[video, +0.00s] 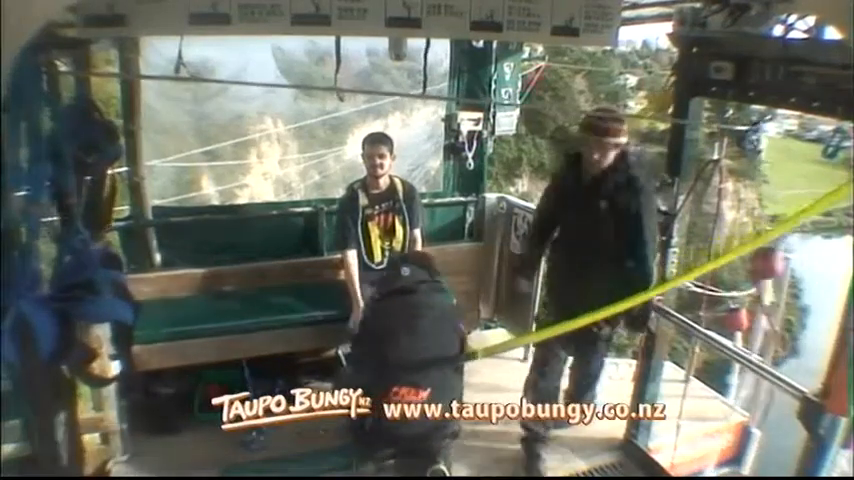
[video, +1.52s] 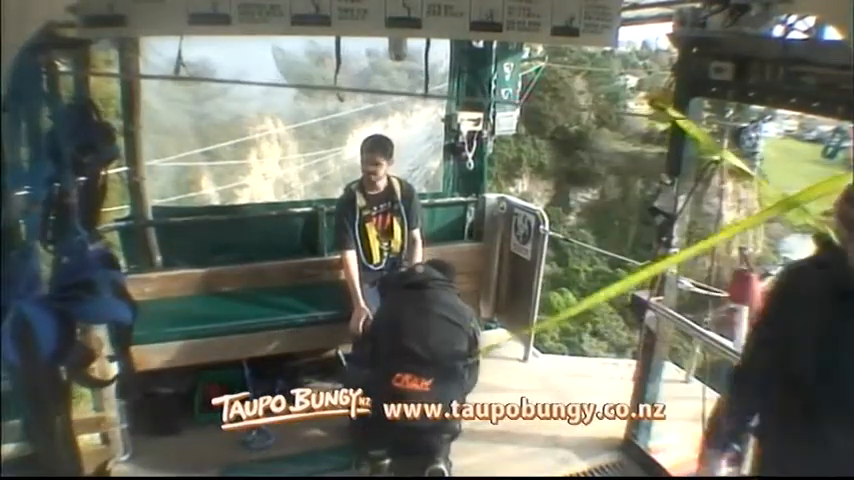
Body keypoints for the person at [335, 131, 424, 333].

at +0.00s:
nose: (376, 163)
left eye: (381, 157)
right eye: (370, 157)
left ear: (392, 159)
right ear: (363, 160)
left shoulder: (407, 192)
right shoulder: (351, 199)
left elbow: (415, 239)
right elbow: (350, 253)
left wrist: (415, 282)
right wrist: (357, 303)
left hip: (401, 278)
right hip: (367, 281)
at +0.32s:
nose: (378, 168)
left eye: (384, 162)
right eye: (373, 161)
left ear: (393, 161)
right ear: (364, 161)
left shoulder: (407, 192)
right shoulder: (351, 200)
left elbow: (416, 240)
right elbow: (349, 254)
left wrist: (418, 285)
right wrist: (357, 304)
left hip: (402, 282)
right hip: (367, 284)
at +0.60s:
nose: (380, 176)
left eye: (385, 170)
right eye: (374, 170)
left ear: (393, 164)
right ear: (364, 164)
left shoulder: (406, 191)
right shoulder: (350, 200)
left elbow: (415, 239)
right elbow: (348, 254)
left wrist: (409, 276)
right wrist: (357, 304)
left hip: (400, 279)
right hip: (366, 281)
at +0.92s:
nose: (379, 178)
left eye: (384, 173)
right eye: (373, 173)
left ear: (392, 167)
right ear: (363, 167)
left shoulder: (406, 192)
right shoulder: (349, 201)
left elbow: (415, 239)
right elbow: (347, 255)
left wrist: (412, 280)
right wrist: (357, 305)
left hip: (399, 276)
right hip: (365, 278)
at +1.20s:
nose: (378, 181)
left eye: (383, 175)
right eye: (372, 175)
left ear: (391, 167)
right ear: (362, 167)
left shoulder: (405, 191)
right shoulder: (349, 200)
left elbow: (415, 239)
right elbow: (348, 254)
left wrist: (412, 284)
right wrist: (357, 305)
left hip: (400, 278)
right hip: (366, 280)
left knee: (403, 333)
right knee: (367, 336)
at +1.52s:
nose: (369, 170)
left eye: (376, 164)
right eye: (366, 164)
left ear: (389, 164)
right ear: (361, 162)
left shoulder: (405, 192)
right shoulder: (348, 200)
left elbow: (415, 240)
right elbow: (348, 254)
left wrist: (415, 283)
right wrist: (358, 304)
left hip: (400, 275)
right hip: (367, 278)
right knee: (370, 335)